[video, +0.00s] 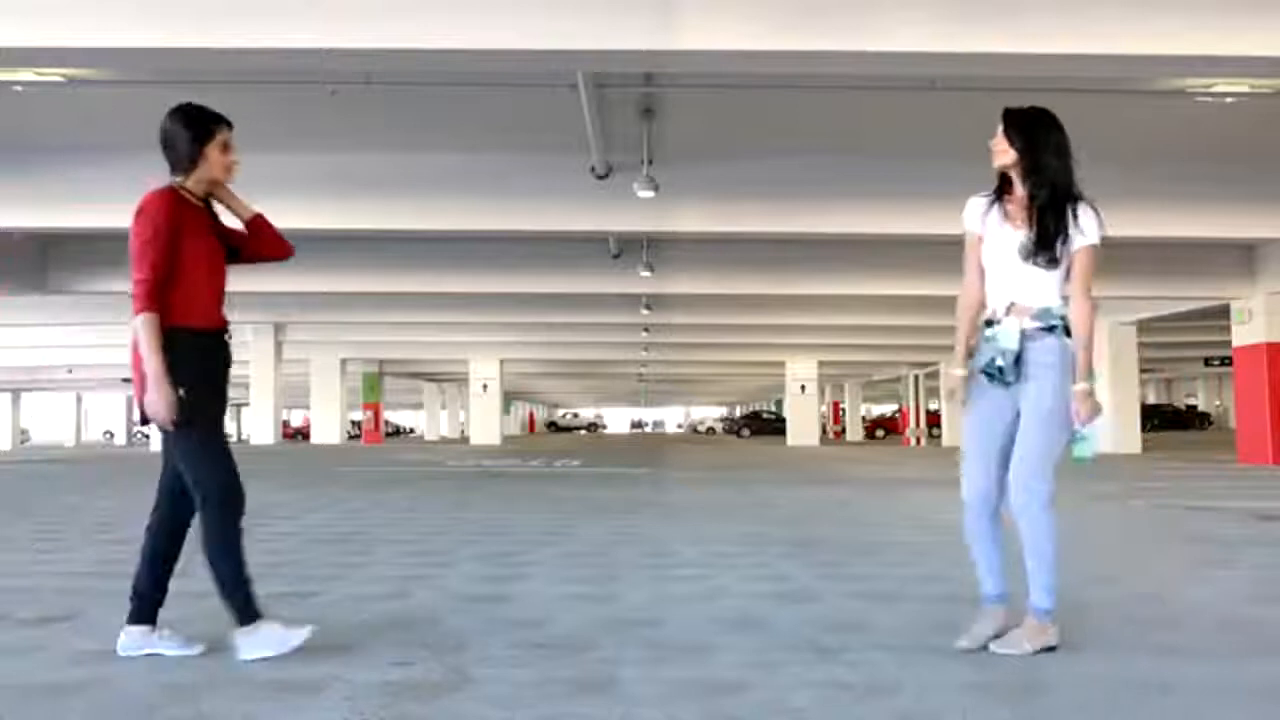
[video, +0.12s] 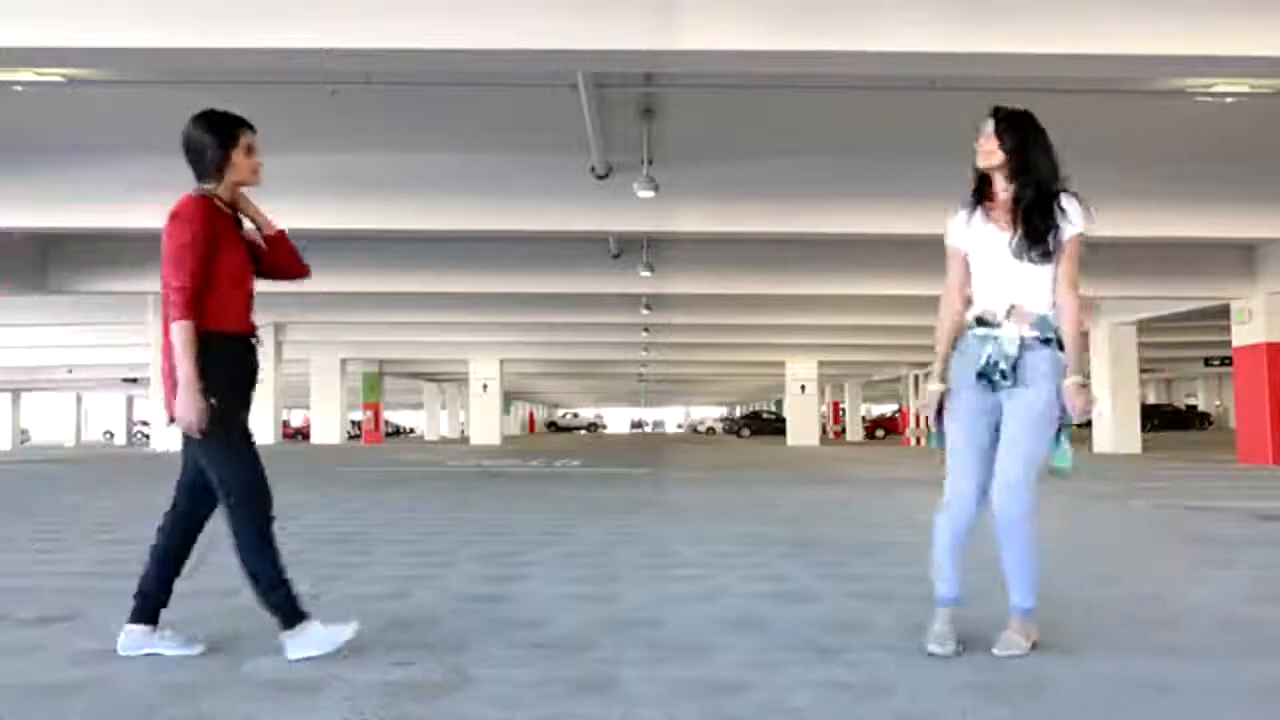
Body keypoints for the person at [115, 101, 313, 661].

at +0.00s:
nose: (234, 158)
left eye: (232, 147)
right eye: (226, 147)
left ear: (206, 154)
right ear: (196, 152)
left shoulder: (208, 224)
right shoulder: (159, 209)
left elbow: (277, 249)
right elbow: (144, 297)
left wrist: (231, 199)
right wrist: (156, 380)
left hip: (208, 358)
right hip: (175, 358)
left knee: (176, 499)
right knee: (220, 492)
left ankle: (140, 626)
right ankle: (250, 627)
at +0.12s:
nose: (258, 159)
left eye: (256, 150)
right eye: (250, 150)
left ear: (229, 158)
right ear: (221, 157)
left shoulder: (232, 225)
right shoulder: (191, 213)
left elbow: (294, 269)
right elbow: (179, 300)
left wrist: (257, 214)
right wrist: (187, 384)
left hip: (233, 363)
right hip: (205, 364)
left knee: (192, 499)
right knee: (247, 494)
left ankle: (140, 626)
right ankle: (296, 627)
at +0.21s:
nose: (275, 157)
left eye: (272, 147)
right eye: (266, 148)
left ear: (241, 159)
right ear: (239, 156)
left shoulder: (248, 220)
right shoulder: (211, 212)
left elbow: (302, 283)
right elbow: (203, 305)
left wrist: (275, 225)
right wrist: (214, 387)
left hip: (258, 362)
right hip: (230, 364)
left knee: (210, 500)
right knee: (265, 496)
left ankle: (144, 618)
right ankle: (303, 630)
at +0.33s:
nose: (299, 150)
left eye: (296, 140)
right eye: (289, 141)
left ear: (266, 151)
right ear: (261, 151)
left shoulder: (272, 214)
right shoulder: (238, 211)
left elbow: (300, 302)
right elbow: (236, 305)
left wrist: (307, 247)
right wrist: (276, 376)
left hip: (290, 359)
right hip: (259, 362)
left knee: (269, 499)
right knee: (279, 499)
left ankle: (169, 599)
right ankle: (304, 630)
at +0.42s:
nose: (315, 149)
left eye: (312, 139)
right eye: (305, 140)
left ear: (281, 151)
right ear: (277, 151)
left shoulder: (286, 214)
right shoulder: (256, 212)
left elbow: (294, 292)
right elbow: (257, 302)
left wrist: (326, 276)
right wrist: (319, 356)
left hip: (307, 364)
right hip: (278, 366)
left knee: (314, 497)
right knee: (287, 496)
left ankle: (205, 584)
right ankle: (304, 630)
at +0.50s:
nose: (333, 151)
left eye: (329, 142)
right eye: (324, 142)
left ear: (294, 152)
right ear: (298, 150)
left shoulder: (297, 213)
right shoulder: (271, 207)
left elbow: (312, 296)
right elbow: (300, 289)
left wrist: (367, 300)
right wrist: (355, 322)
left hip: (321, 356)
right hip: (291, 356)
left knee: (348, 495)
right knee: (295, 493)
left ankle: (257, 587)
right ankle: (304, 630)